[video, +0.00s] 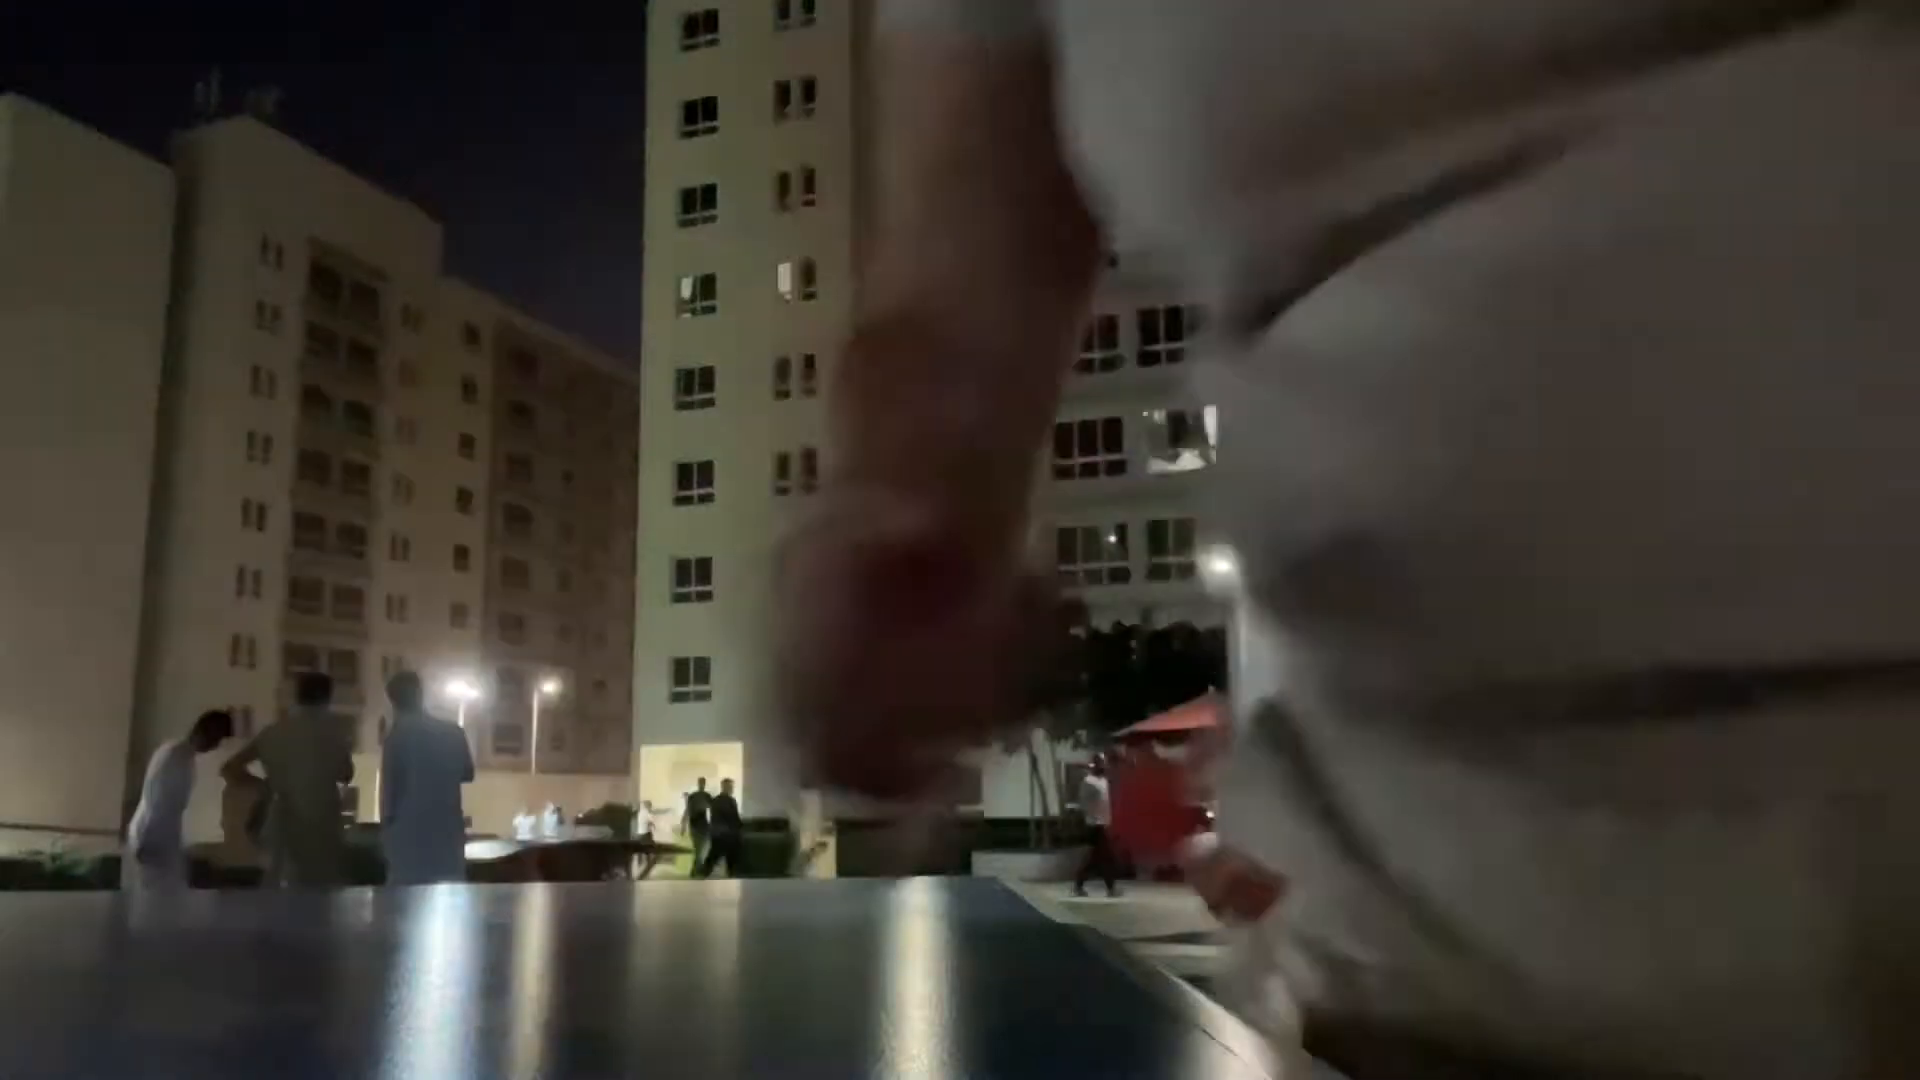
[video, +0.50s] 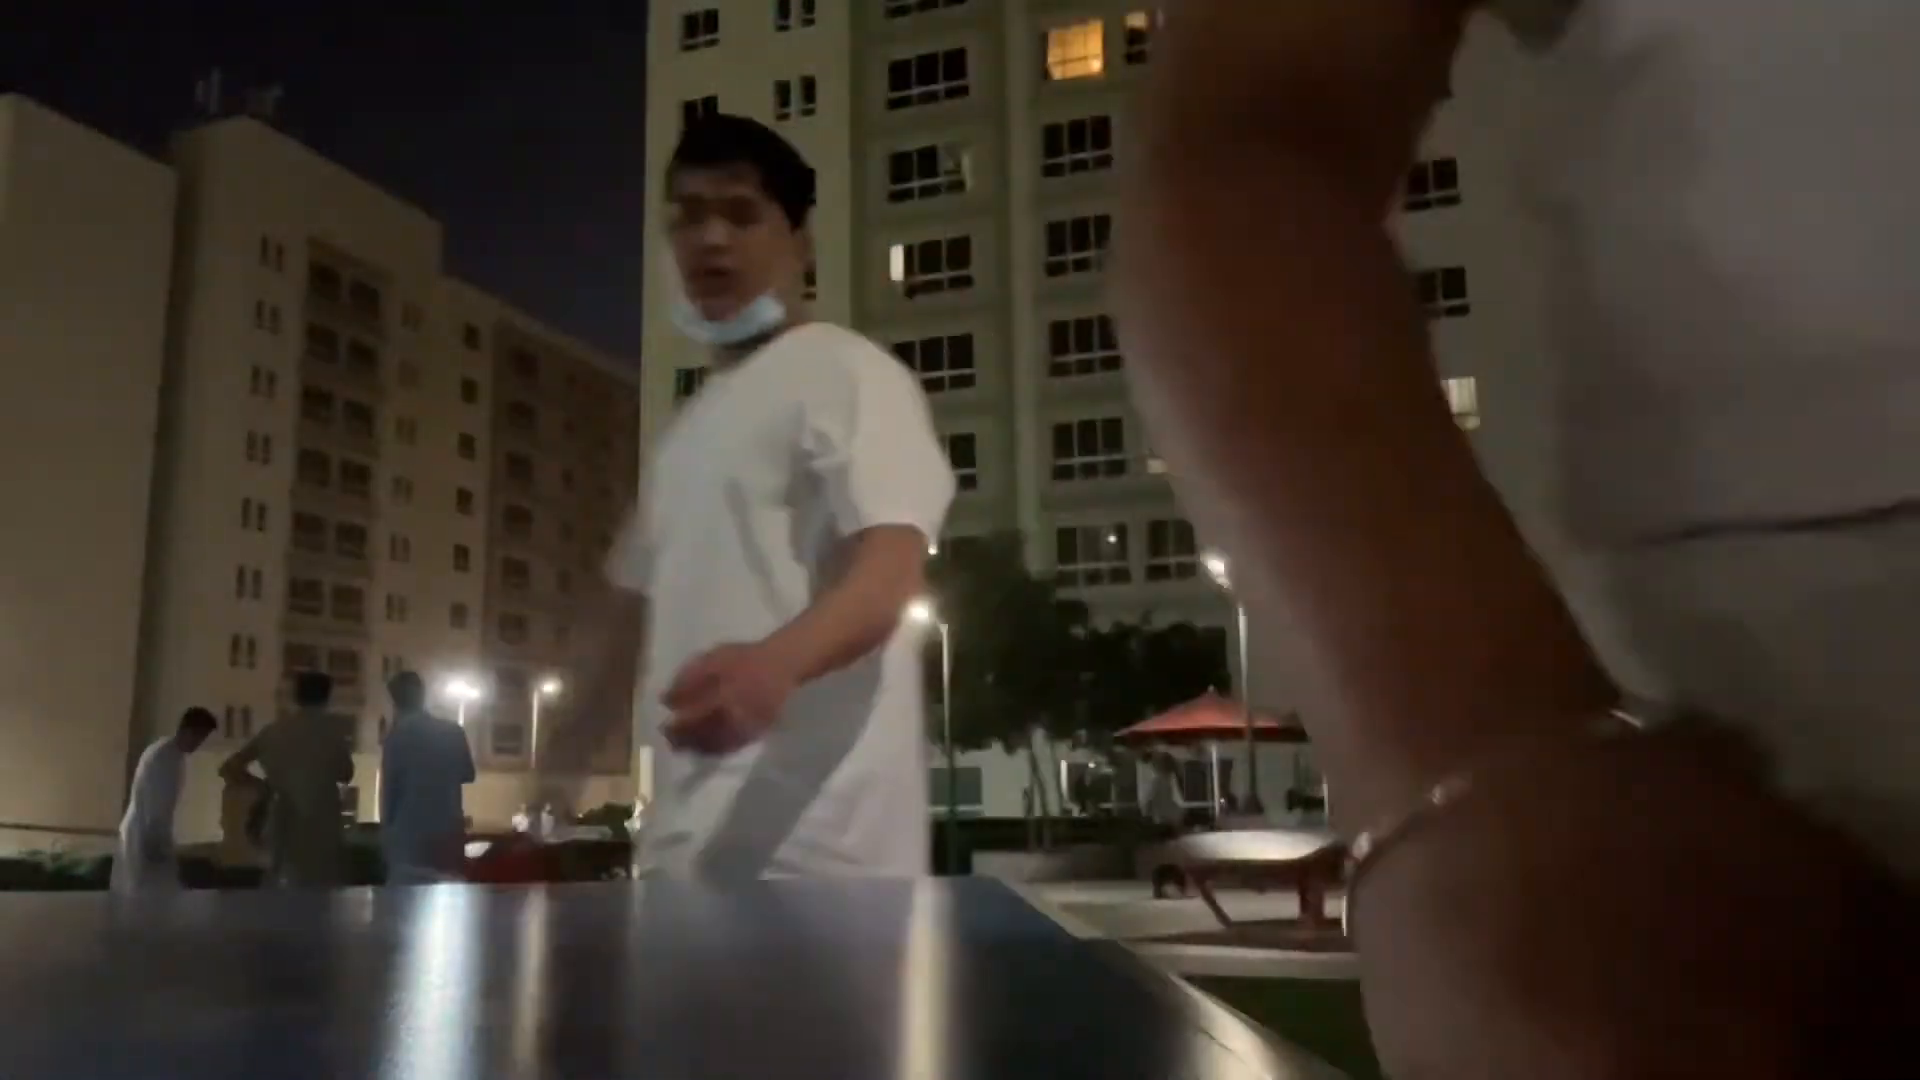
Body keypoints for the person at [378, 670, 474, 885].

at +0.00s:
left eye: (395, 696)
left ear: (393, 698)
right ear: (420, 694)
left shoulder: (396, 738)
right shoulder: (452, 732)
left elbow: (390, 788)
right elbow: (467, 773)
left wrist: (387, 821)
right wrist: (433, 770)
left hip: (407, 831)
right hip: (446, 830)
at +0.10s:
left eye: (396, 696)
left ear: (393, 699)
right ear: (420, 694)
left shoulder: (396, 738)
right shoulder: (452, 732)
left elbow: (390, 789)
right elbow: (466, 773)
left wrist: (386, 825)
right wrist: (434, 772)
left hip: (408, 830)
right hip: (446, 829)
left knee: (406, 895)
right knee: (447, 893)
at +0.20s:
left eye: (395, 697)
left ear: (394, 699)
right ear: (421, 694)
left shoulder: (396, 737)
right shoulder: (452, 732)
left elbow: (390, 788)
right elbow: (466, 772)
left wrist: (387, 827)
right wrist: (434, 771)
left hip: (408, 828)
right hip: (446, 827)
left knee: (406, 892)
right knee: (447, 890)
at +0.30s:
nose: (394, 702)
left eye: (394, 697)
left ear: (394, 699)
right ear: (421, 694)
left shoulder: (397, 737)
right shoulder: (452, 732)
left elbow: (390, 788)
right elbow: (467, 772)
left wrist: (386, 826)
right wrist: (435, 772)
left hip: (408, 828)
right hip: (447, 826)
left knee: (406, 892)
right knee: (447, 890)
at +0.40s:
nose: (393, 703)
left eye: (394, 698)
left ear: (394, 699)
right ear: (421, 694)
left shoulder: (396, 737)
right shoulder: (452, 731)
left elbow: (390, 787)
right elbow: (467, 772)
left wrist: (386, 825)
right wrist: (435, 772)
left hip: (409, 826)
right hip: (447, 824)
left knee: (406, 890)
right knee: (447, 887)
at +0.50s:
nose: (396, 701)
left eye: (396, 696)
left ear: (396, 699)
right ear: (421, 694)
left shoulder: (396, 738)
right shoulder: (452, 732)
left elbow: (390, 789)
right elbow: (467, 774)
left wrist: (387, 827)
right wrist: (435, 773)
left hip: (407, 831)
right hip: (447, 830)